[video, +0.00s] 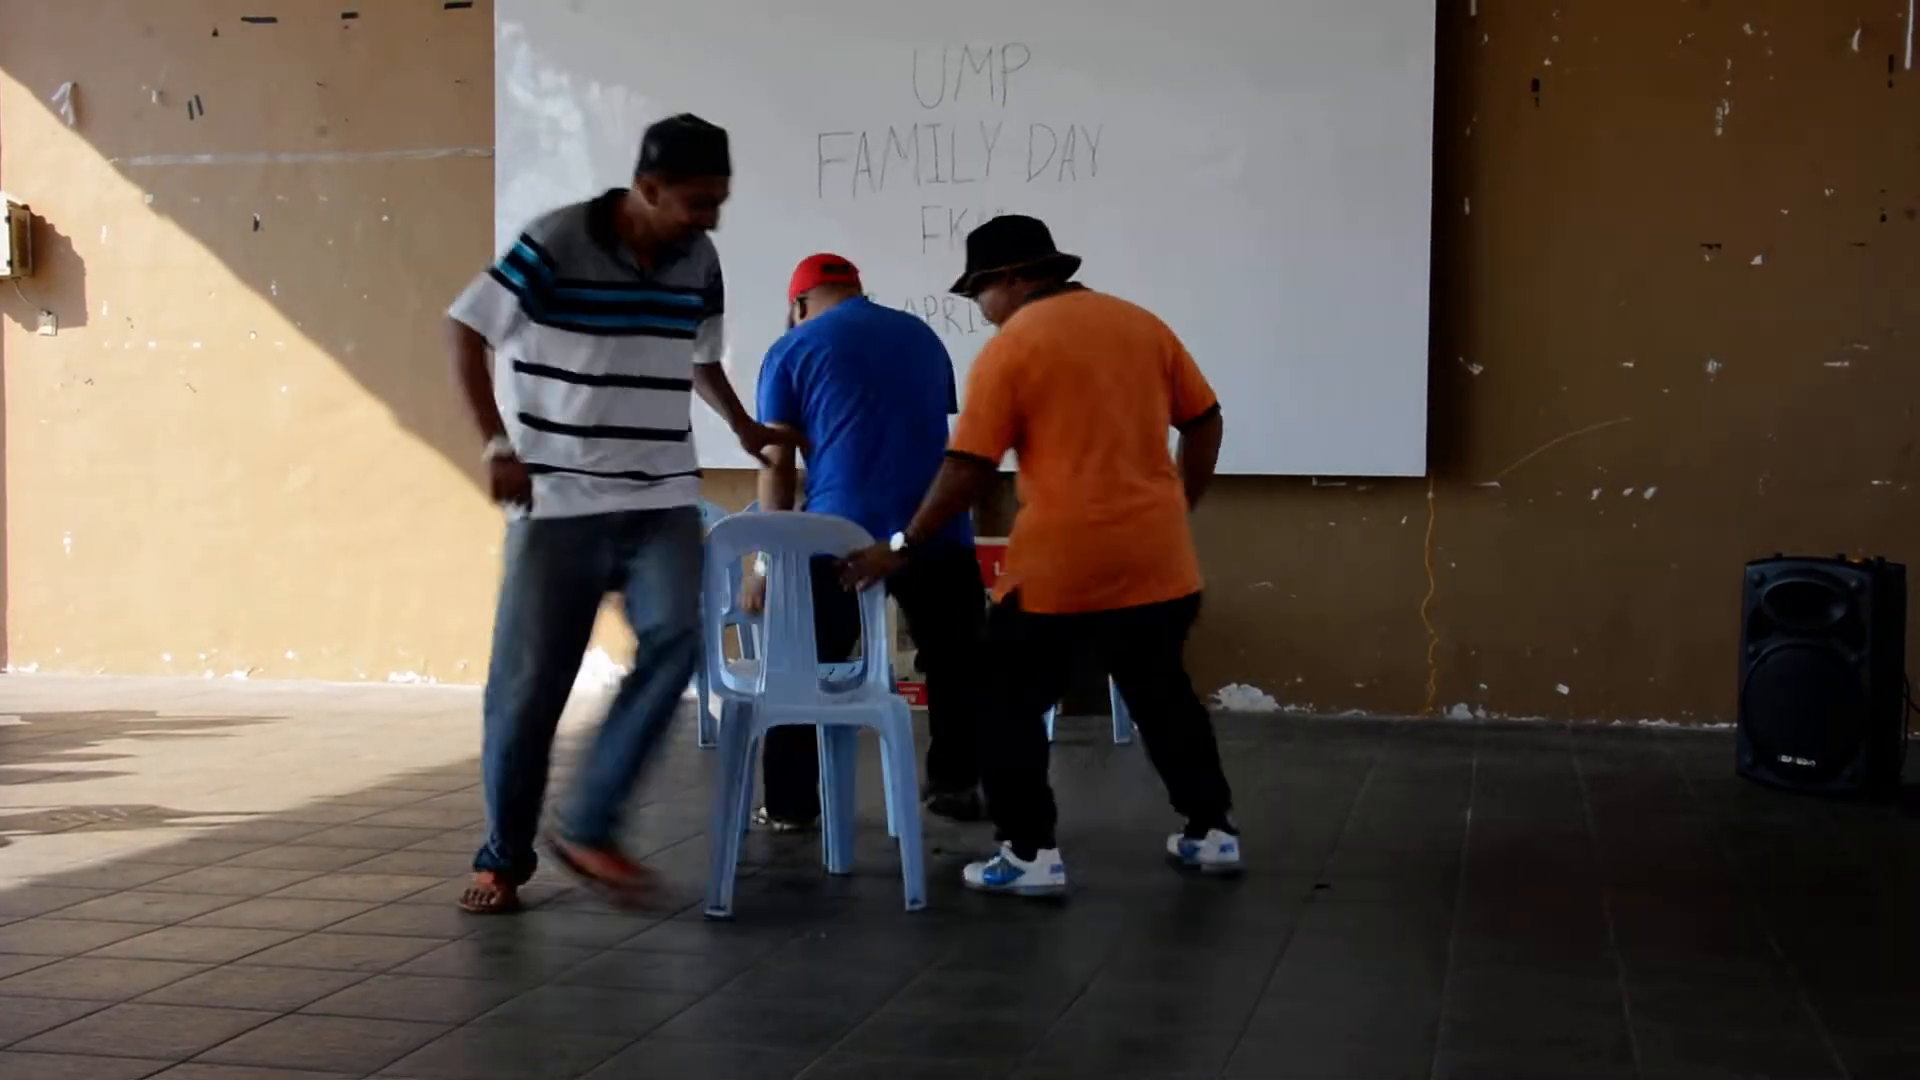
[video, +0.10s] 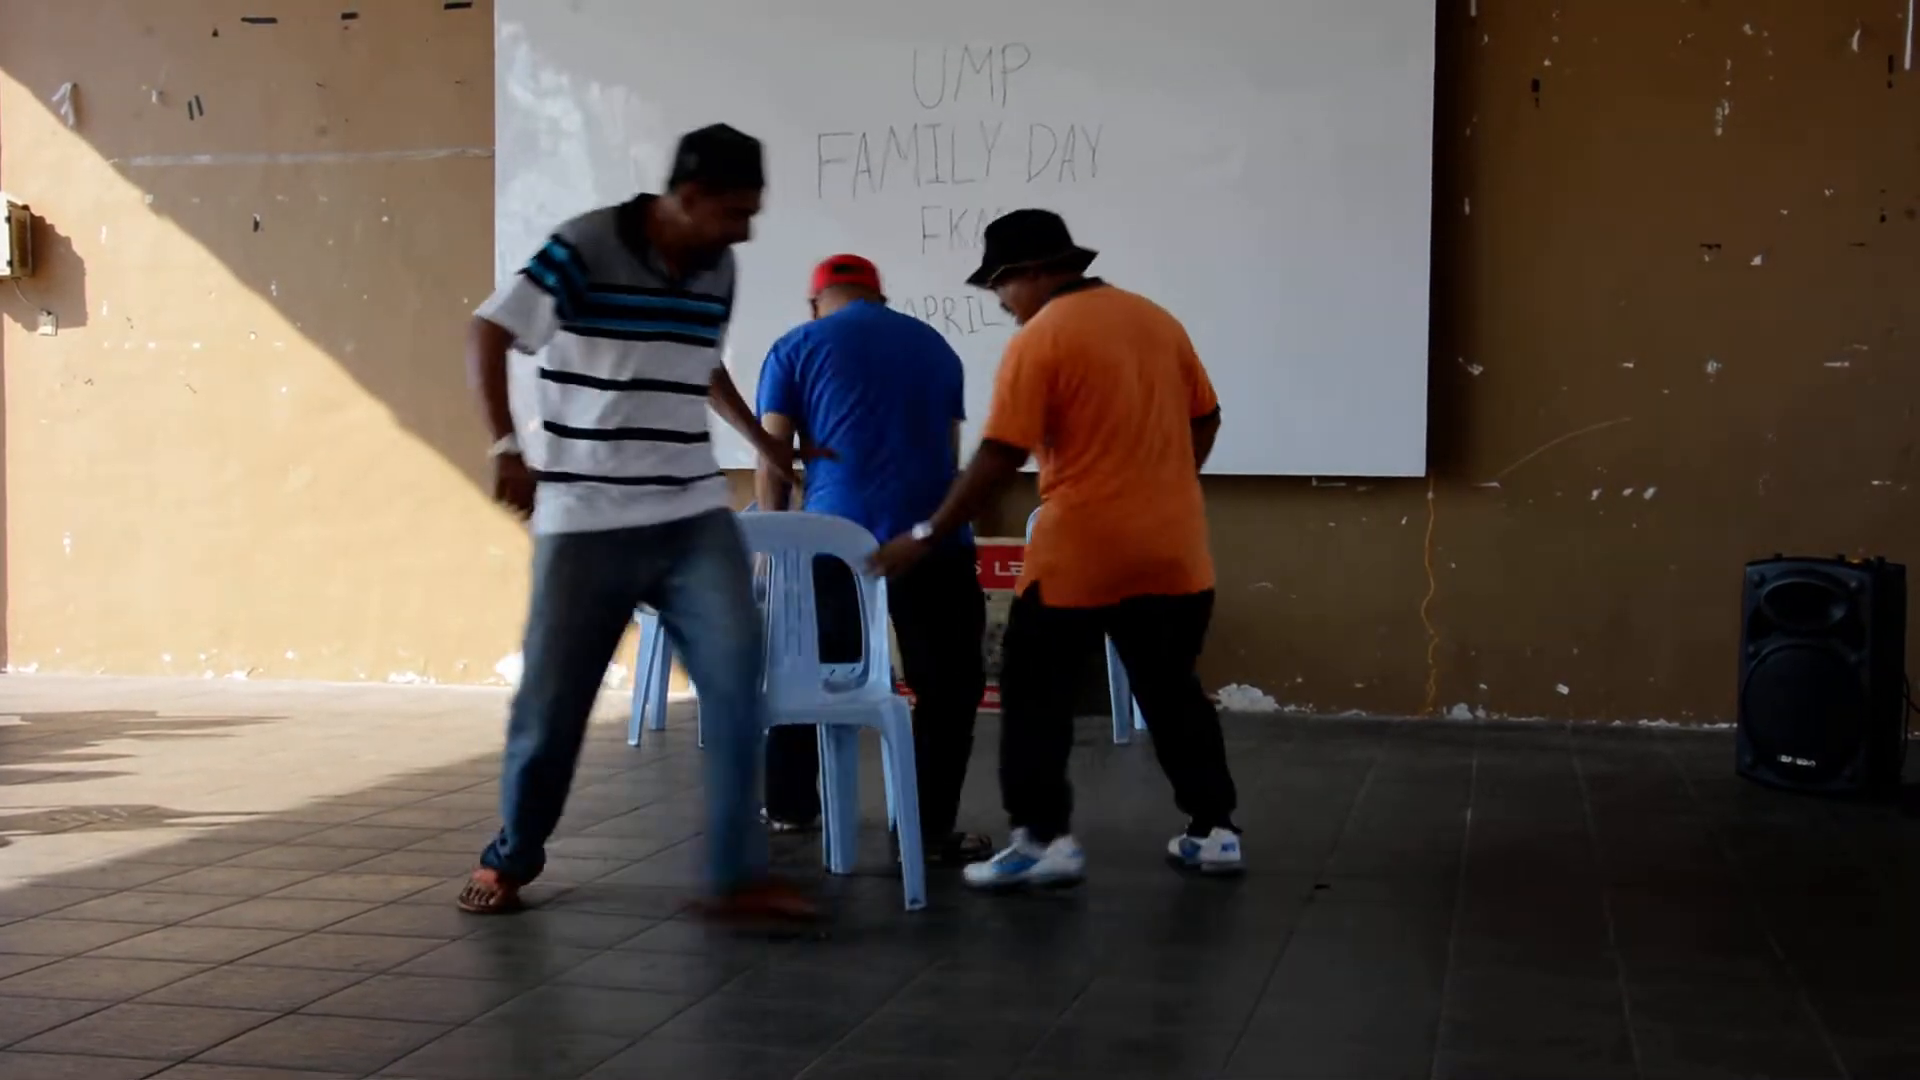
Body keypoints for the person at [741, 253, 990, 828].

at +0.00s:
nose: (797, 322)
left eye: (795, 314)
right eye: (797, 315)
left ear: (804, 305)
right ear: (859, 291)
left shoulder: (793, 349)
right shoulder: (921, 332)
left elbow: (778, 470)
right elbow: (948, 426)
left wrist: (768, 567)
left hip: (837, 539)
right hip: (933, 534)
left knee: (802, 663)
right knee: (954, 656)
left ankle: (790, 803)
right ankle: (957, 787)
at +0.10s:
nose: (811, 316)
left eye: (811, 309)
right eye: (814, 310)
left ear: (819, 302)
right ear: (879, 295)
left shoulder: (797, 347)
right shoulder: (934, 343)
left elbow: (775, 462)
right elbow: (948, 454)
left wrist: (770, 549)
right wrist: (929, 520)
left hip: (833, 544)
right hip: (930, 539)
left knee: (809, 666)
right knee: (952, 680)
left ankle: (792, 806)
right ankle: (930, 831)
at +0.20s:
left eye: (852, 305)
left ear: (850, 306)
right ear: (913, 309)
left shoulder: (806, 353)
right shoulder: (950, 362)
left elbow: (765, 449)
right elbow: (973, 476)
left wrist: (801, 505)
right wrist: (950, 534)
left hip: (827, 552)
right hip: (921, 554)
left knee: (818, 683)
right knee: (962, 681)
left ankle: (804, 836)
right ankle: (937, 832)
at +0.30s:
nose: (965, 354)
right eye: (965, 345)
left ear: (901, 321)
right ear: (957, 336)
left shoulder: (825, 360)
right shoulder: (964, 380)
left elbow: (773, 444)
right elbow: (988, 488)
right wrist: (977, 583)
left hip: (815, 561)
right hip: (909, 567)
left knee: (824, 681)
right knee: (958, 686)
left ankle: (804, 824)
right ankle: (936, 835)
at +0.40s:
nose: (986, 391)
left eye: (991, 382)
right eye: (989, 380)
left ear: (935, 343)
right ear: (978, 362)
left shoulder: (848, 367)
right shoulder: (967, 396)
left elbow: (803, 455)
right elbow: (971, 516)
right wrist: (957, 603)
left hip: (810, 560)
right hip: (891, 569)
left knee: (828, 675)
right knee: (953, 680)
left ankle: (801, 817)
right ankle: (934, 834)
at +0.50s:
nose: (997, 397)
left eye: (1001, 388)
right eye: (999, 385)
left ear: (949, 347)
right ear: (983, 367)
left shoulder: (863, 369)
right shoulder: (968, 398)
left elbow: (808, 462)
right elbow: (964, 514)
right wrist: (954, 603)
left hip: (809, 548)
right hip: (884, 560)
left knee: (821, 654)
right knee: (949, 666)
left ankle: (782, 800)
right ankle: (935, 832)